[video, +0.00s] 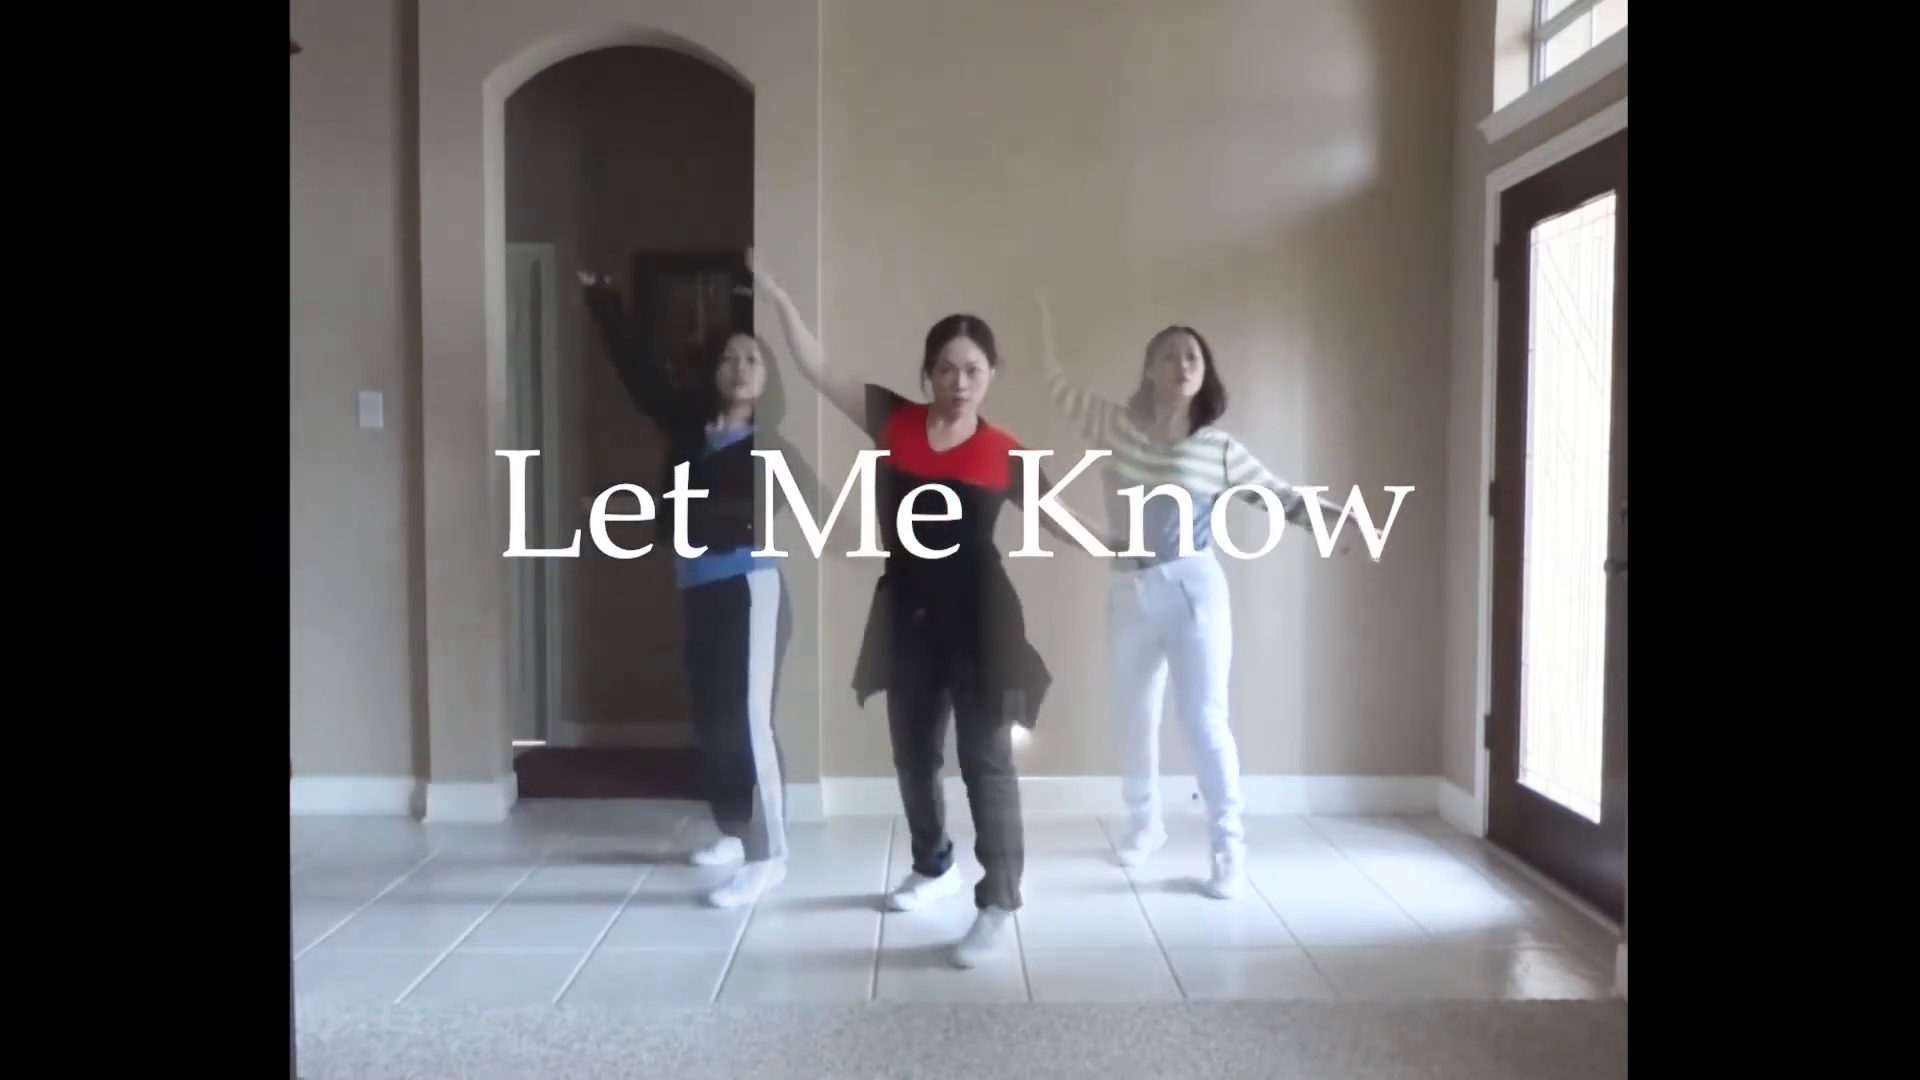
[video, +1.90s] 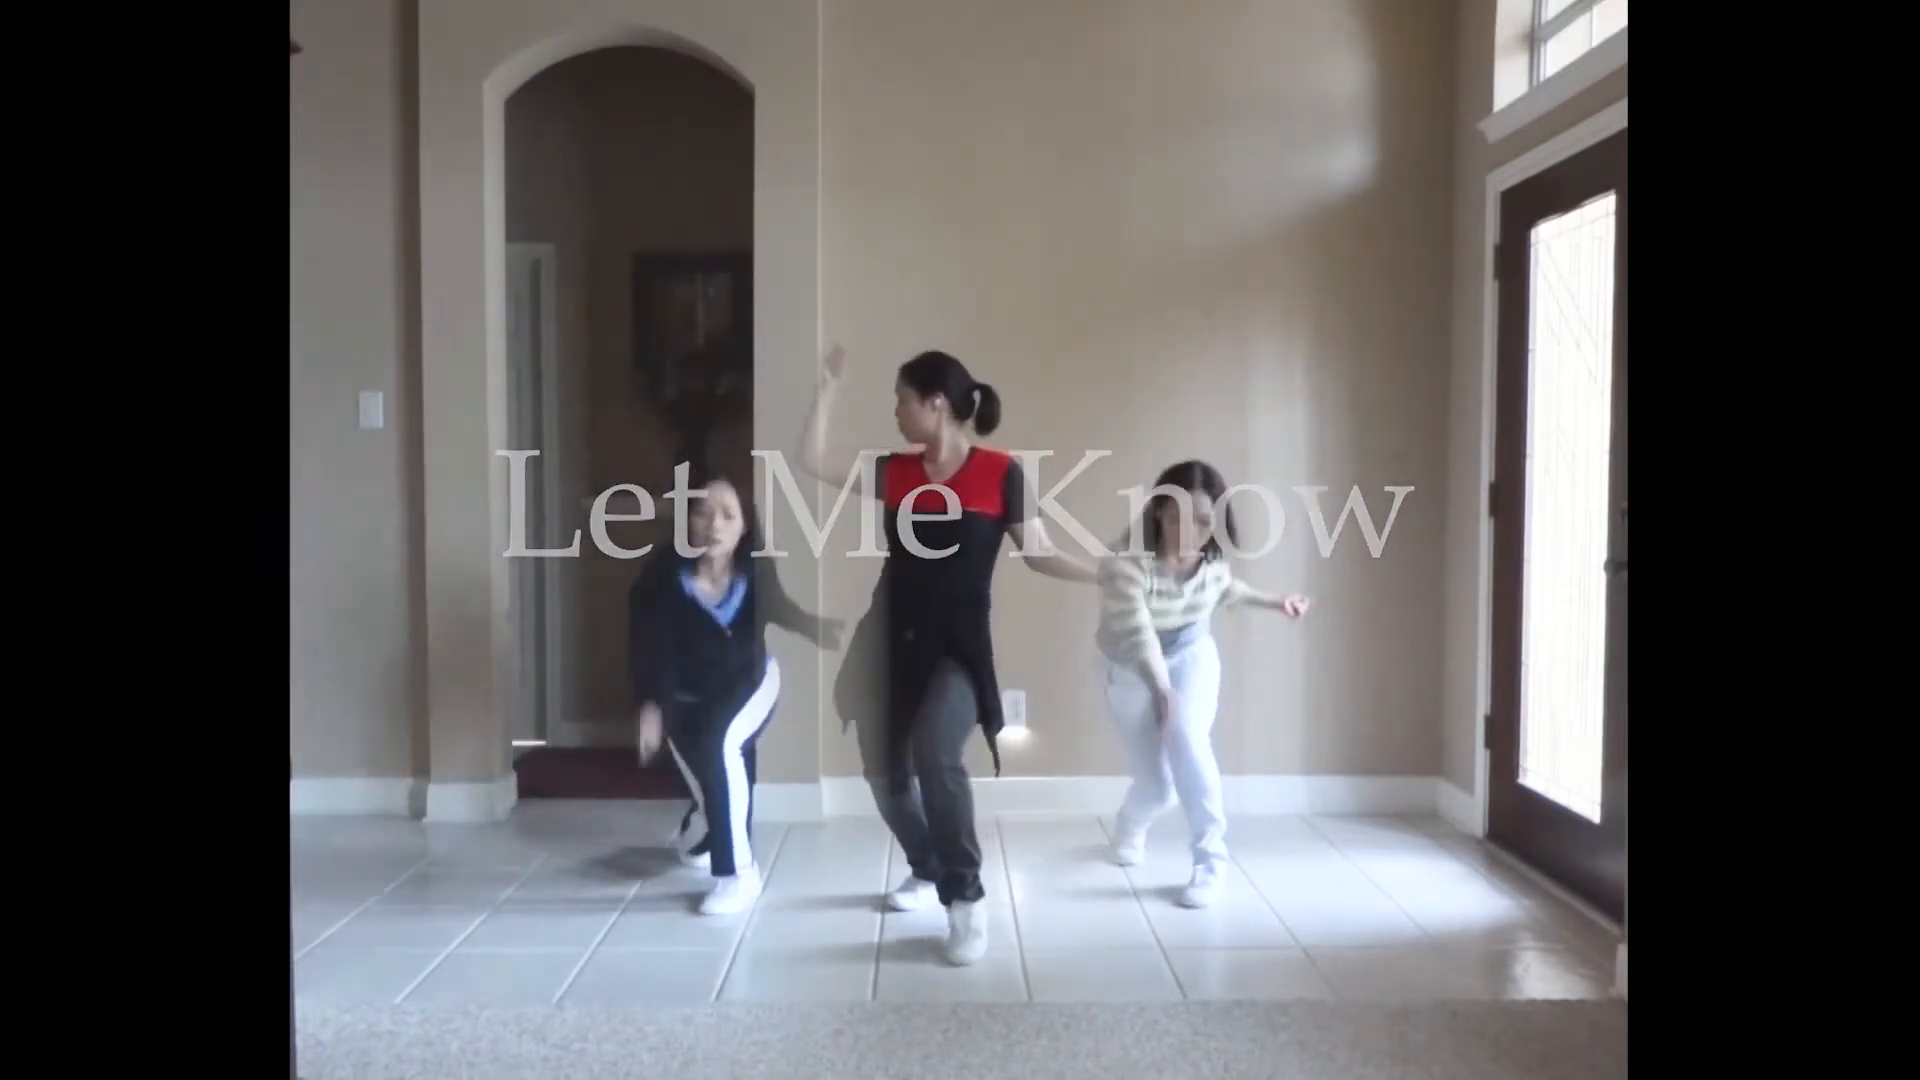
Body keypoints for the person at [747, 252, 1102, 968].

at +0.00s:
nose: (957, 380)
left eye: (970, 369)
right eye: (946, 369)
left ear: (991, 376)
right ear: (927, 373)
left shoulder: (1003, 452)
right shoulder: (894, 421)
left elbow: (1058, 518)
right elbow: (815, 368)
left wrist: (1117, 544)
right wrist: (778, 300)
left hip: (980, 616)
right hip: (907, 614)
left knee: (984, 758)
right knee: (913, 755)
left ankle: (999, 901)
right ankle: (933, 866)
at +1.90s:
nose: (897, 411)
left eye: (905, 401)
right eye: (896, 401)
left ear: (940, 403)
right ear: (927, 405)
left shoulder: (1000, 472)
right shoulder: (894, 471)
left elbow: (1039, 553)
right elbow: (814, 461)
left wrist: (1101, 572)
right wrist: (825, 388)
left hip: (960, 644)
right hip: (895, 641)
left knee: (934, 753)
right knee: (886, 778)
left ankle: (963, 897)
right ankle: (929, 870)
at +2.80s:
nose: (954, 394)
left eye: (967, 384)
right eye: (942, 384)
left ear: (988, 399)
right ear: (922, 402)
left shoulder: (1003, 475)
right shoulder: (905, 470)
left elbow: (1032, 558)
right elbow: (887, 503)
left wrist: (1101, 567)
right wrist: (894, 423)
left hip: (989, 653)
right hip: (919, 654)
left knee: (985, 783)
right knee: (917, 789)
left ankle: (990, 921)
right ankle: (911, 869)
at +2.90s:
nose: (959, 439)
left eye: (974, 429)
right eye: (946, 429)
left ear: (995, 446)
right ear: (928, 446)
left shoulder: (1011, 511)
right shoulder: (907, 522)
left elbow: (1031, 586)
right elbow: (917, 624)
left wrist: (1104, 581)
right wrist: (911, 529)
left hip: (988, 677)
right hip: (922, 682)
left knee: (983, 793)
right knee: (931, 829)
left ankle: (987, 925)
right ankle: (899, 864)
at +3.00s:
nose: (968, 494)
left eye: (981, 483)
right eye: (955, 483)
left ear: (1003, 497)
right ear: (937, 500)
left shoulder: (1014, 553)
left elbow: (1021, 613)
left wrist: (1101, 596)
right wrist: (951, 777)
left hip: (991, 708)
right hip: (925, 715)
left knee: (982, 798)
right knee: (943, 865)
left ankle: (985, 928)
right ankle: (901, 861)